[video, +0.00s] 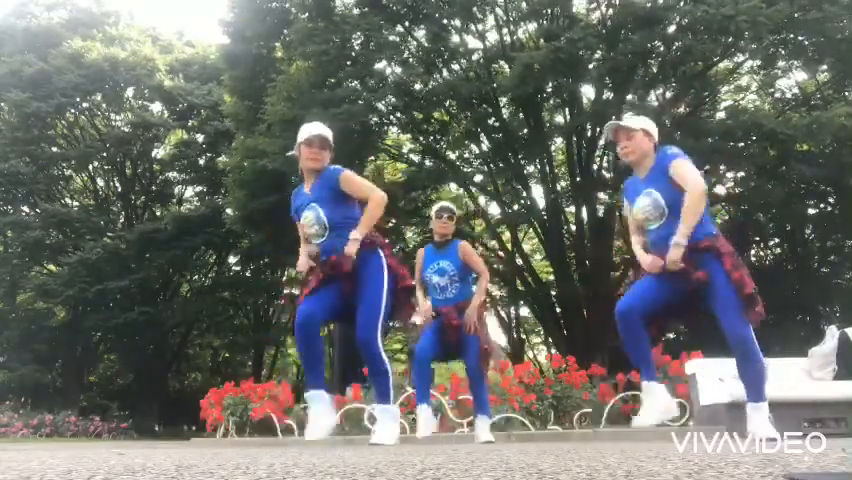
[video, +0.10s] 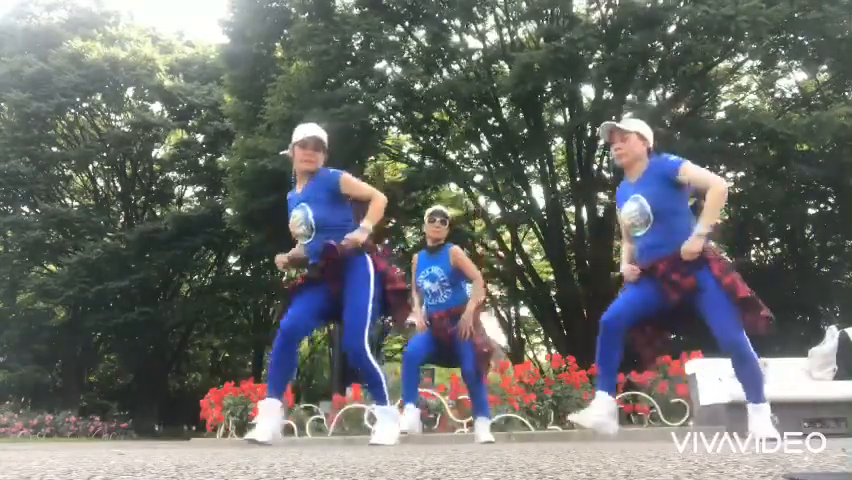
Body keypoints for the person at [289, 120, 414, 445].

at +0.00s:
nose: (316, 151)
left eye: (323, 146)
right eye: (310, 144)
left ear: (330, 153)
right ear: (297, 150)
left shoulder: (336, 176)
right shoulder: (298, 196)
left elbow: (378, 197)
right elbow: (306, 238)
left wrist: (356, 237)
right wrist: (305, 254)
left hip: (367, 261)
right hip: (335, 271)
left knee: (367, 336)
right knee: (306, 317)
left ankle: (387, 418)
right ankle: (320, 407)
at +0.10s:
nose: (310, 153)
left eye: (317, 148)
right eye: (304, 147)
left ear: (324, 154)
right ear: (292, 153)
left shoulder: (332, 179)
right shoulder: (293, 197)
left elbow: (378, 198)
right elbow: (309, 243)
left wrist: (364, 229)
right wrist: (289, 257)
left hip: (355, 266)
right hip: (321, 274)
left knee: (355, 345)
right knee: (288, 329)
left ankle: (387, 417)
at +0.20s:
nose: (310, 147)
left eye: (317, 144)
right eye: (305, 140)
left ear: (322, 151)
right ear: (290, 146)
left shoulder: (329, 179)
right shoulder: (285, 193)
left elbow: (365, 215)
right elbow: (299, 246)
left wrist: (365, 242)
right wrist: (276, 266)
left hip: (338, 267)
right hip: (304, 276)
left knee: (343, 346)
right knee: (268, 329)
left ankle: (388, 417)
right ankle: (260, 417)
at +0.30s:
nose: (316, 125)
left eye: (322, 121)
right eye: (310, 118)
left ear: (328, 127)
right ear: (296, 121)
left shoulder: (336, 159)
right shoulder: (274, 157)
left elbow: (359, 201)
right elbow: (259, 201)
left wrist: (339, 197)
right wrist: (251, 205)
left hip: (322, 244)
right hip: (282, 245)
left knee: (332, 327)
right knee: (266, 327)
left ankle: (354, 403)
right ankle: (259, 415)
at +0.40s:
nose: (319, 121)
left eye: (325, 115)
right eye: (313, 113)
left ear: (330, 119)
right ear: (298, 114)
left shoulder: (335, 150)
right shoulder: (278, 132)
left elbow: (355, 178)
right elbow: (262, 157)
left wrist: (327, 180)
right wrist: (290, 171)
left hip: (316, 236)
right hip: (275, 232)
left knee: (308, 314)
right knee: (265, 316)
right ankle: (247, 406)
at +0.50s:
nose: (320, 133)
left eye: (325, 128)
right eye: (314, 126)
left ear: (329, 134)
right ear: (298, 127)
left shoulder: (329, 165)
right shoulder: (279, 151)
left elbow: (348, 185)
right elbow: (299, 172)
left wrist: (363, 197)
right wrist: (335, 190)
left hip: (304, 250)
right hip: (268, 242)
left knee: (291, 332)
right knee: (255, 326)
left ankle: (265, 414)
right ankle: (237, 414)